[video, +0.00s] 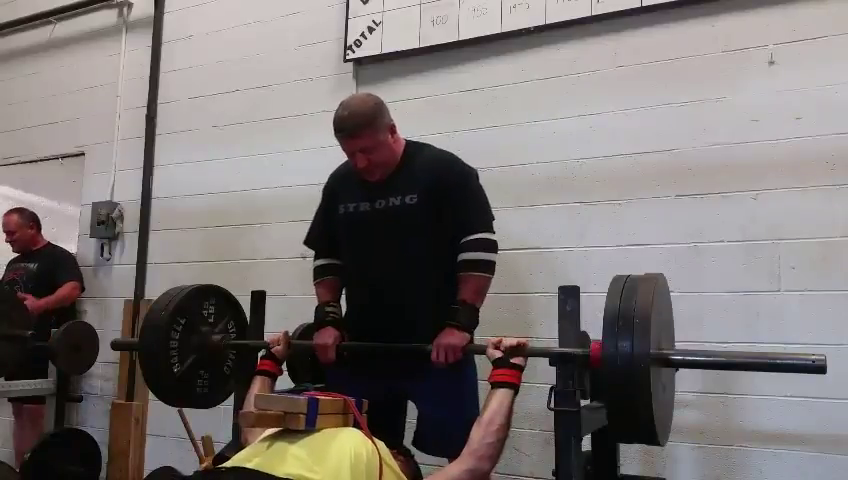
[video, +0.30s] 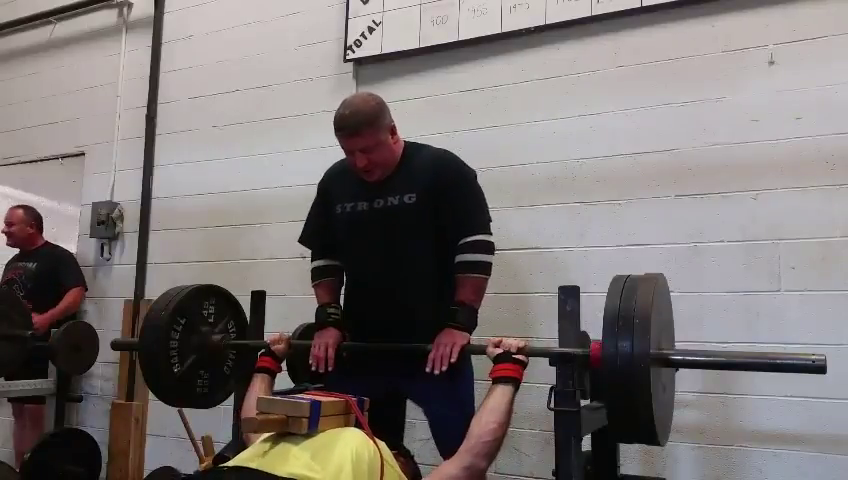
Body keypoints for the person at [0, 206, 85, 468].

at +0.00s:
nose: (7, 238)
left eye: (11, 232)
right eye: (5, 233)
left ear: (32, 229)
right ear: (24, 231)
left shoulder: (60, 256)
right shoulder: (13, 263)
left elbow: (74, 289)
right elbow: (6, 296)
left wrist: (40, 304)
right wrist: (10, 307)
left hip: (40, 346)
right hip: (14, 345)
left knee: (33, 410)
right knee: (18, 410)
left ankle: (33, 471)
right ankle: (20, 470)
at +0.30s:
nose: (4, 230)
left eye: (10, 225)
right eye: (5, 225)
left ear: (31, 228)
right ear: (25, 229)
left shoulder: (59, 256)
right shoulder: (13, 261)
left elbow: (77, 294)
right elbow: (8, 297)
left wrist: (47, 318)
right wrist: (11, 318)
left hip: (39, 345)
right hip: (14, 344)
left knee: (34, 410)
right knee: (18, 410)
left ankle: (34, 471)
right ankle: (20, 470)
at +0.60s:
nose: (2, 225)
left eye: (8, 220)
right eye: (3, 220)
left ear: (28, 225)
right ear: (23, 226)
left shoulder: (56, 254)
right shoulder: (12, 259)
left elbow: (78, 290)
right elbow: (10, 299)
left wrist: (55, 329)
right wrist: (7, 332)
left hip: (39, 345)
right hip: (13, 344)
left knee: (34, 411)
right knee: (17, 411)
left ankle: (33, 472)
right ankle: (19, 470)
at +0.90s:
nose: (5, 220)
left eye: (12, 216)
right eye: (7, 215)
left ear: (32, 223)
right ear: (25, 224)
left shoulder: (56, 254)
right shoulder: (11, 258)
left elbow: (79, 295)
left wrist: (71, 336)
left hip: (38, 342)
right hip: (11, 340)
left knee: (19, 404)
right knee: (15, 404)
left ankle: (25, 467)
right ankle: (20, 467)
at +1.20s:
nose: (7, 218)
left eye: (14, 214)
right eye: (9, 213)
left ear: (34, 221)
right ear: (28, 222)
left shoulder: (53, 255)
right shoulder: (8, 255)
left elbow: (80, 295)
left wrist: (60, 333)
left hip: (29, 344)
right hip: (6, 341)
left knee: (17, 412)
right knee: (10, 411)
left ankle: (17, 472)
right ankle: (17, 471)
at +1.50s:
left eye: (2, 216)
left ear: (16, 219)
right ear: (17, 219)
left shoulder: (45, 253)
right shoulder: (5, 252)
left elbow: (72, 292)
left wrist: (32, 313)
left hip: (26, 344)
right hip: (5, 341)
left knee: (20, 412)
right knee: (18, 411)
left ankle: (15, 470)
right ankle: (14, 469)